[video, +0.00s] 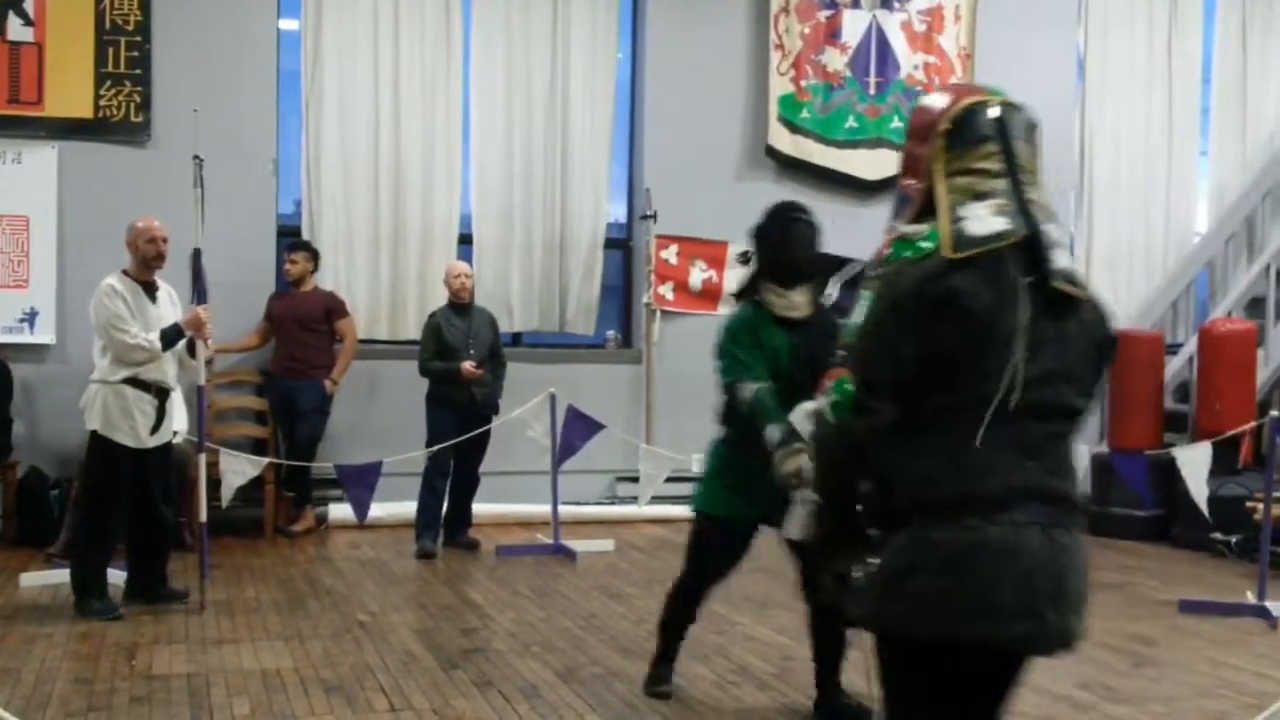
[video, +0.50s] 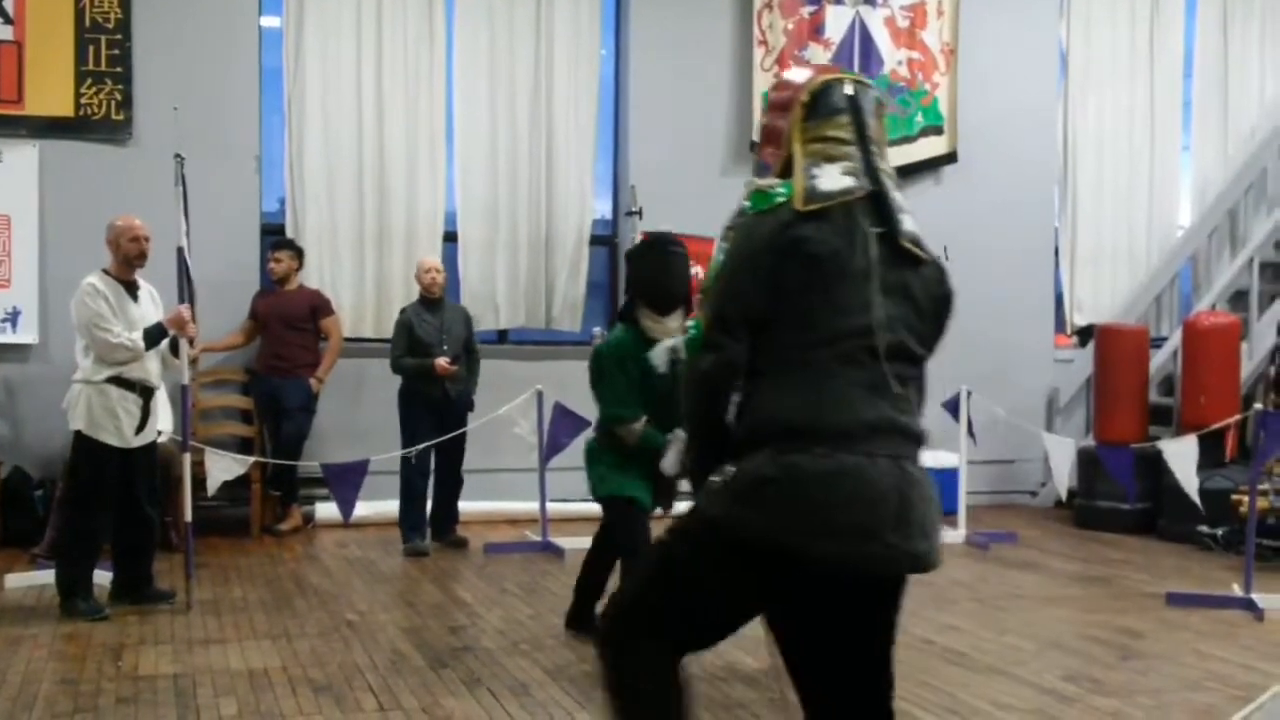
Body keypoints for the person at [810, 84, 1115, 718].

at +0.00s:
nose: (918, 180)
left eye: (927, 166)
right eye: (923, 165)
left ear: (944, 171)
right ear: (1026, 168)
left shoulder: (922, 285)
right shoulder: (1076, 306)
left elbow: (860, 418)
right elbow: (1054, 430)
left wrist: (843, 535)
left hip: (931, 559)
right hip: (1034, 558)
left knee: (918, 703)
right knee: (972, 704)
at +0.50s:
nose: (773, 148)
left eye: (782, 135)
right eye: (777, 134)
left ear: (799, 145)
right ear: (875, 144)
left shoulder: (767, 235)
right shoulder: (922, 266)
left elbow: (711, 366)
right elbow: (896, 389)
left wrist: (707, 460)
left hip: (778, 503)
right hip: (884, 512)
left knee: (635, 632)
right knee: (858, 707)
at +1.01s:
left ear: (583, 122)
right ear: (678, 128)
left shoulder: (526, 232)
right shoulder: (726, 250)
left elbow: (463, 370)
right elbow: (742, 414)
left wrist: (530, 434)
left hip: (543, 534)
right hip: (678, 538)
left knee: (504, 709)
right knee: (725, 706)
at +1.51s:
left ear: (493, 124)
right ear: (591, 128)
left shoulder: (417, 230)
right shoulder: (635, 242)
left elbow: (361, 362)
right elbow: (664, 406)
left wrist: (434, 416)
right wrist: (592, 444)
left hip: (456, 529)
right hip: (596, 529)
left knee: (455, 709)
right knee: (651, 700)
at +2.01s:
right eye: (606, 162)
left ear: (527, 163)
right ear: (613, 170)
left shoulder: (463, 250)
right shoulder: (651, 281)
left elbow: (386, 375)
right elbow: (661, 435)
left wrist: (439, 452)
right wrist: (596, 466)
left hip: (461, 517)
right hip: (589, 526)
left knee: (439, 706)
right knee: (592, 708)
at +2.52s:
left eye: (439, 167)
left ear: (426, 177)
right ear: (514, 179)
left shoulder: (365, 279)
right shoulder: (559, 294)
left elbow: (314, 420)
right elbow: (567, 449)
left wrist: (393, 462)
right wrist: (499, 481)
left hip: (382, 556)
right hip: (507, 561)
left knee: (369, 709)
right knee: (520, 707)